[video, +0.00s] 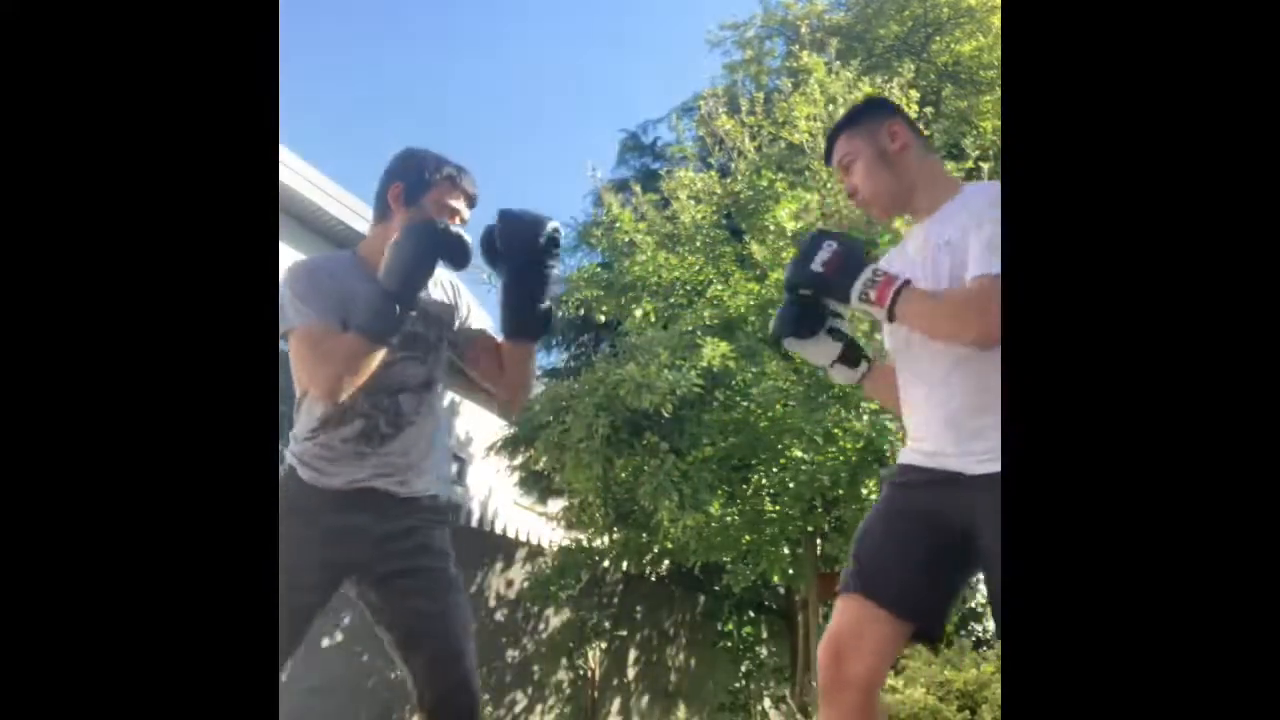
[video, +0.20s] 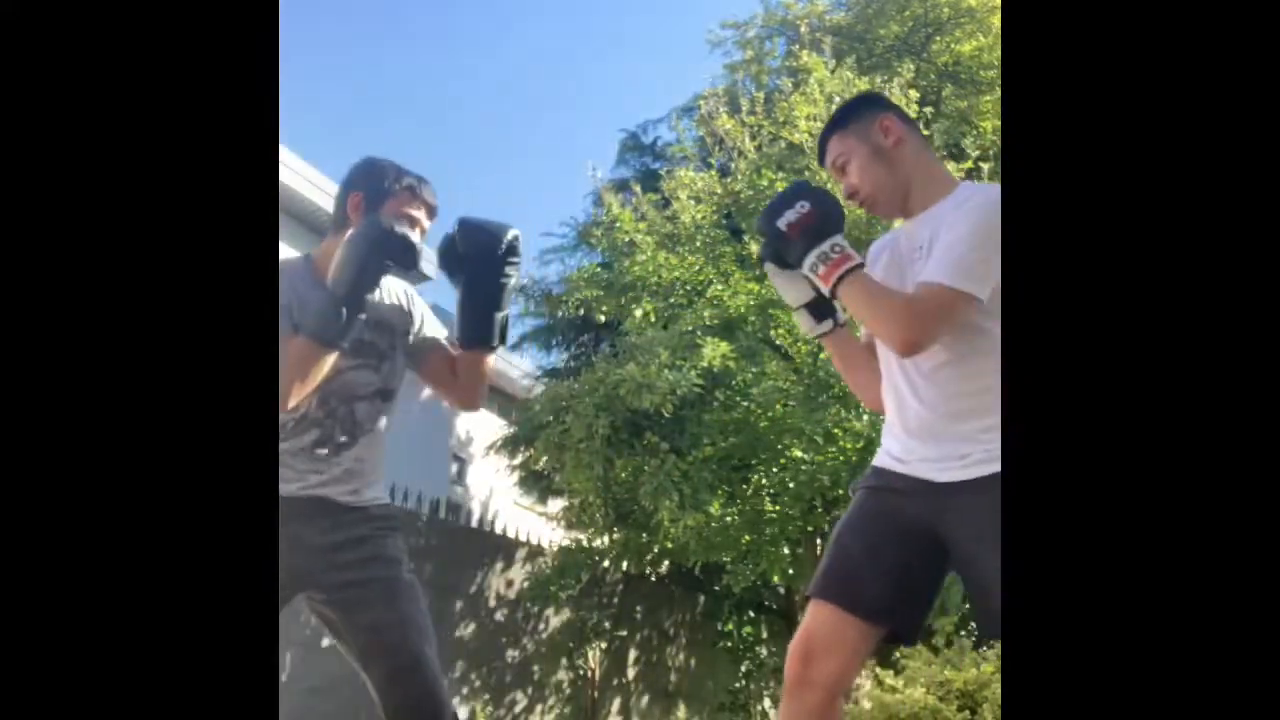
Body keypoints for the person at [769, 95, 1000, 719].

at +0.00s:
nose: (847, 190)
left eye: (850, 166)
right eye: (841, 178)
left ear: (898, 138)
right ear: (895, 149)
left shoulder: (990, 205)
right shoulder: (899, 261)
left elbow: (986, 320)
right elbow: (921, 401)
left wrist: (868, 285)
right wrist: (841, 357)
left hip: (998, 477)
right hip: (924, 478)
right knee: (845, 661)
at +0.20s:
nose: (844, 190)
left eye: (846, 166)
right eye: (837, 179)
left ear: (891, 131)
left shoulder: (983, 208)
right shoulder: (887, 254)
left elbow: (911, 328)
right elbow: (880, 392)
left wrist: (828, 257)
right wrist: (816, 311)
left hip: (989, 480)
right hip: (901, 480)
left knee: (997, 671)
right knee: (813, 665)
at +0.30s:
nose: (797, 212)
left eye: (797, 191)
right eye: (789, 203)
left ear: (838, 155)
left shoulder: (937, 218)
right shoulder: (844, 278)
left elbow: (840, 328)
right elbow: (817, 402)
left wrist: (771, 248)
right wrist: (764, 305)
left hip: (977, 484)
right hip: (882, 492)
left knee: (996, 666)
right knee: (793, 681)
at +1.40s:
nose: (925, 155)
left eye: (944, 132)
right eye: (919, 140)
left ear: (998, 136)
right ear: (913, 150)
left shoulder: (999, 243)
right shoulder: (883, 225)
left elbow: (998, 380)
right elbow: (821, 326)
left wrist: (942, 285)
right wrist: (824, 376)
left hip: (977, 484)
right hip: (857, 478)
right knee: (771, 677)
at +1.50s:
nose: (928, 143)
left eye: (946, 121)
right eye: (921, 128)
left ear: (999, 126)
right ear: (914, 139)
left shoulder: (999, 233)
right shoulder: (882, 219)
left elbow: (999, 372)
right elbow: (825, 311)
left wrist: (945, 275)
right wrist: (836, 359)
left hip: (978, 471)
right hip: (858, 467)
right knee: (764, 669)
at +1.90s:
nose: (843, 143)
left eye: (860, 116)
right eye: (837, 129)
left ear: (928, 115)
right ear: (837, 145)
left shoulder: (989, 230)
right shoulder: (823, 217)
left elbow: (987, 389)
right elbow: (767, 329)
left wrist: (873, 311)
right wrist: (771, 381)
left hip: (943, 478)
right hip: (821, 473)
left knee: (1003, 660)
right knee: (728, 690)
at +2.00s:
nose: (850, 124)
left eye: (866, 98)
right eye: (843, 110)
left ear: (932, 95)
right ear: (842, 125)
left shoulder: (992, 214)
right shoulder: (833, 206)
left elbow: (994, 365)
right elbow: (784, 317)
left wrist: (887, 286)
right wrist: (789, 366)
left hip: (951, 469)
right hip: (829, 463)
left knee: (1005, 658)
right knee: (730, 684)